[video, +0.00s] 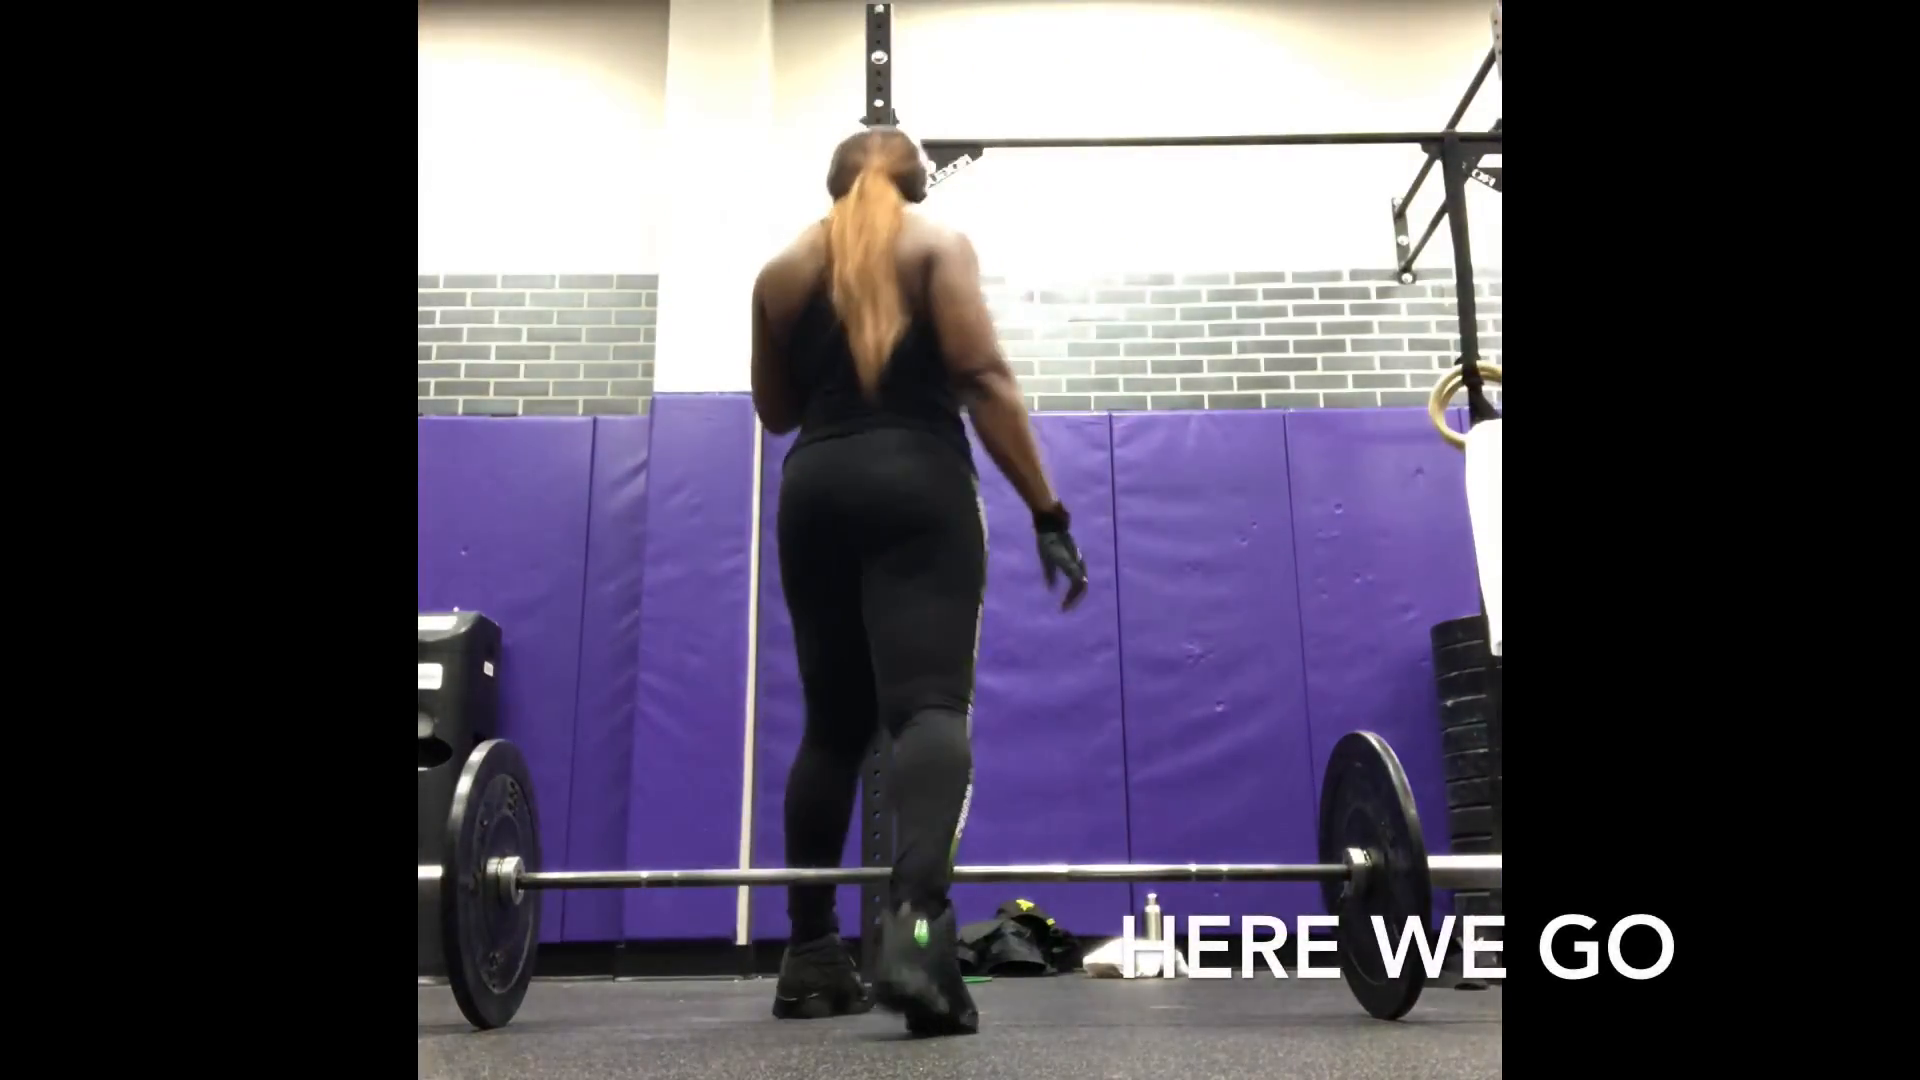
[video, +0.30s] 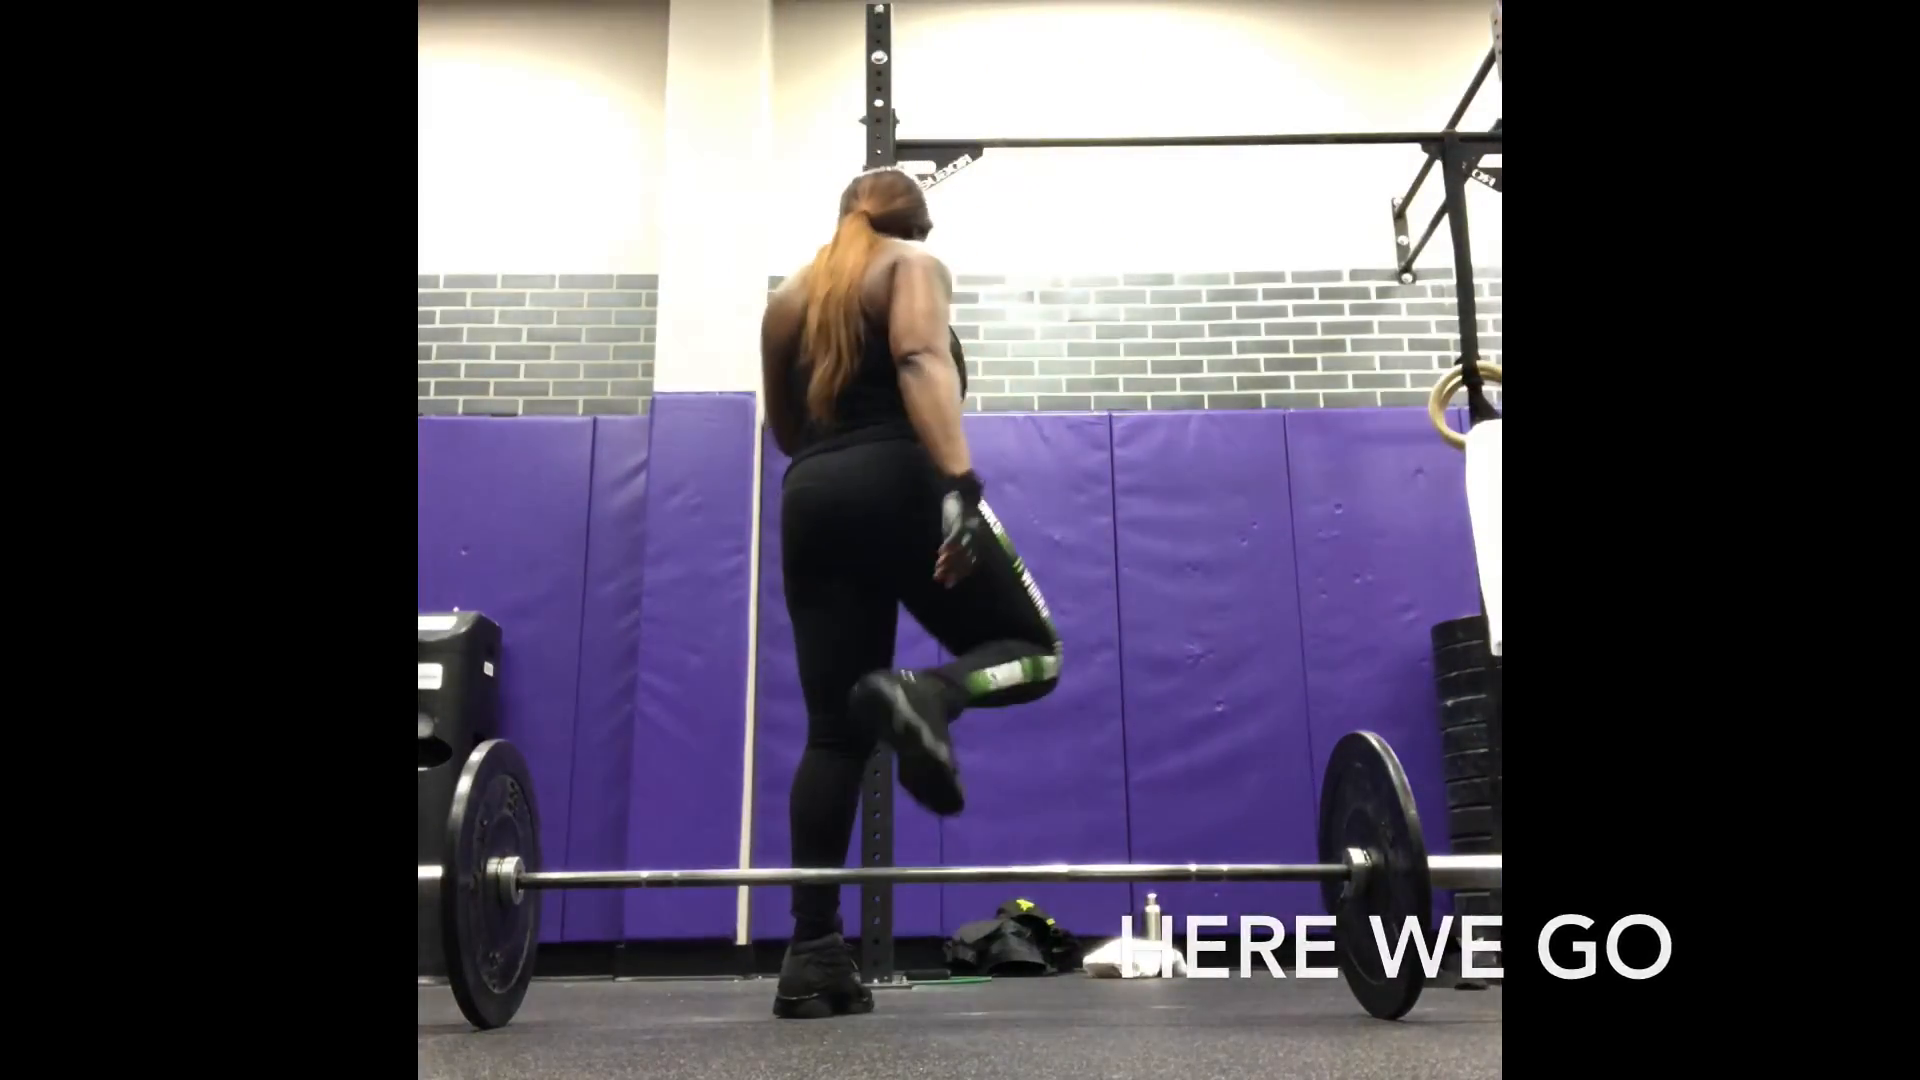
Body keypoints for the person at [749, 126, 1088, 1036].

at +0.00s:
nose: (924, 189)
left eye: (913, 176)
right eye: (923, 178)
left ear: (835, 186)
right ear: (912, 186)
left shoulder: (783, 272)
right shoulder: (935, 245)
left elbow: (776, 407)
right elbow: (983, 378)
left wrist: (860, 378)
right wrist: (1048, 511)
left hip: (812, 486)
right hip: (921, 477)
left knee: (833, 726)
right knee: (930, 710)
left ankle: (813, 953)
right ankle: (915, 934)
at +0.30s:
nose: (926, 227)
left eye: (918, 214)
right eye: (923, 216)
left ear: (849, 219)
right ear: (908, 222)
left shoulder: (790, 301)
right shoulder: (911, 265)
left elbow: (786, 431)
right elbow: (919, 358)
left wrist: (847, 477)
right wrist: (960, 483)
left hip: (811, 494)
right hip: (904, 479)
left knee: (835, 732)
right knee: (1030, 653)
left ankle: (813, 955)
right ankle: (926, 692)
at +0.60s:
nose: (969, 258)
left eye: (966, 245)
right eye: (963, 245)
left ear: (894, 247)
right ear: (940, 243)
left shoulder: (855, 316)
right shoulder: (937, 288)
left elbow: (821, 456)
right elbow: (941, 382)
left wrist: (925, 438)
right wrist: (1023, 503)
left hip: (870, 528)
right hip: (951, 520)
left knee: (885, 738)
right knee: (994, 733)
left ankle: (821, 943)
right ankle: (987, 945)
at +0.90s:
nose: (1030, 269)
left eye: (1028, 255)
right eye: (1020, 254)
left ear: (963, 260)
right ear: (982, 254)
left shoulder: (929, 324)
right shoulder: (969, 290)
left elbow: (841, 417)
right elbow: (887, 304)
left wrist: (903, 485)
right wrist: (959, 397)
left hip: (931, 525)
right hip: (977, 517)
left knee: (1016, 728)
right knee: (999, 730)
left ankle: (916, 916)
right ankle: (987, 942)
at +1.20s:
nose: (1044, 296)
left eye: (1043, 282)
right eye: (1032, 281)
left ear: (999, 290)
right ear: (987, 286)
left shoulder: (991, 363)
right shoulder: (936, 331)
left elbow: (992, 473)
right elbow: (826, 372)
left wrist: (1018, 537)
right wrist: (906, 455)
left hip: (1006, 557)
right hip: (959, 543)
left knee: (1010, 739)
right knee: (980, 731)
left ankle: (991, 938)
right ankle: (977, 944)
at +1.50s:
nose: (1002, 318)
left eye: (1011, 306)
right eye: (987, 304)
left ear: (1017, 311)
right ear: (947, 305)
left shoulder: (1015, 379)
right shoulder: (901, 363)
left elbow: (1023, 453)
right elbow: (805, 404)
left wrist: (1020, 495)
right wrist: (850, 462)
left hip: (1009, 561)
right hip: (928, 549)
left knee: (994, 754)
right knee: (930, 728)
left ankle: (982, 948)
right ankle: (886, 941)